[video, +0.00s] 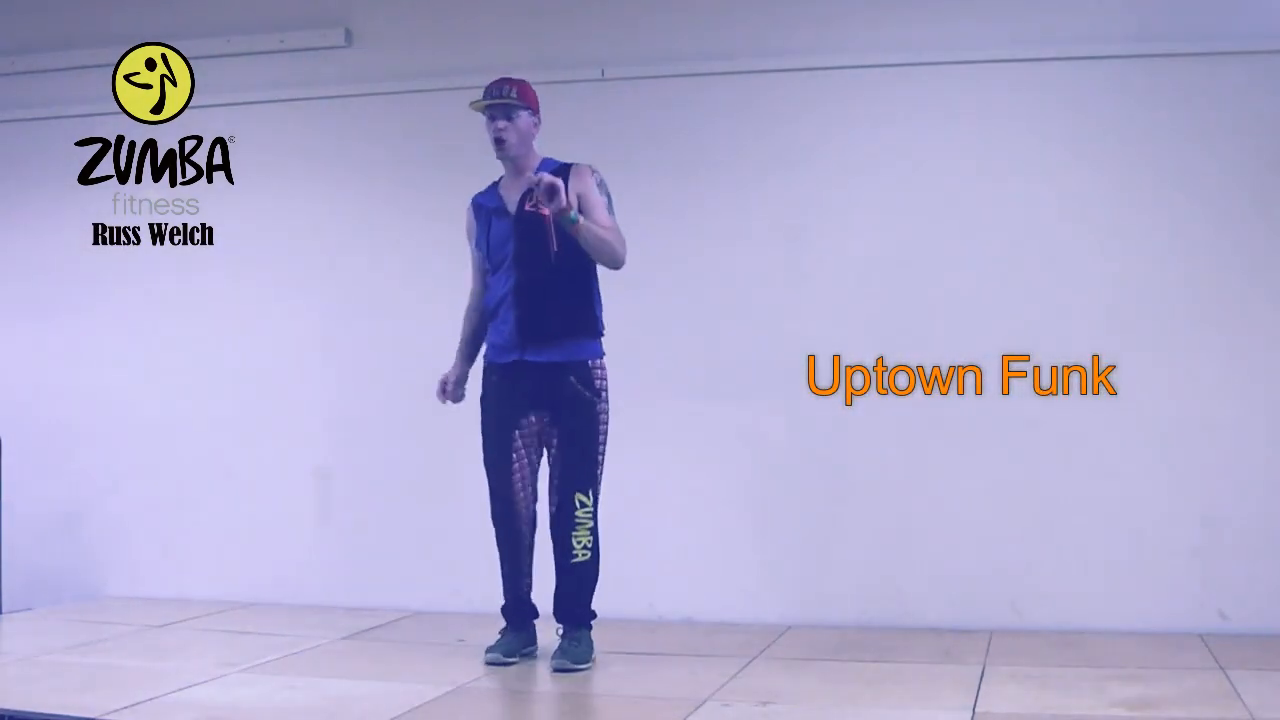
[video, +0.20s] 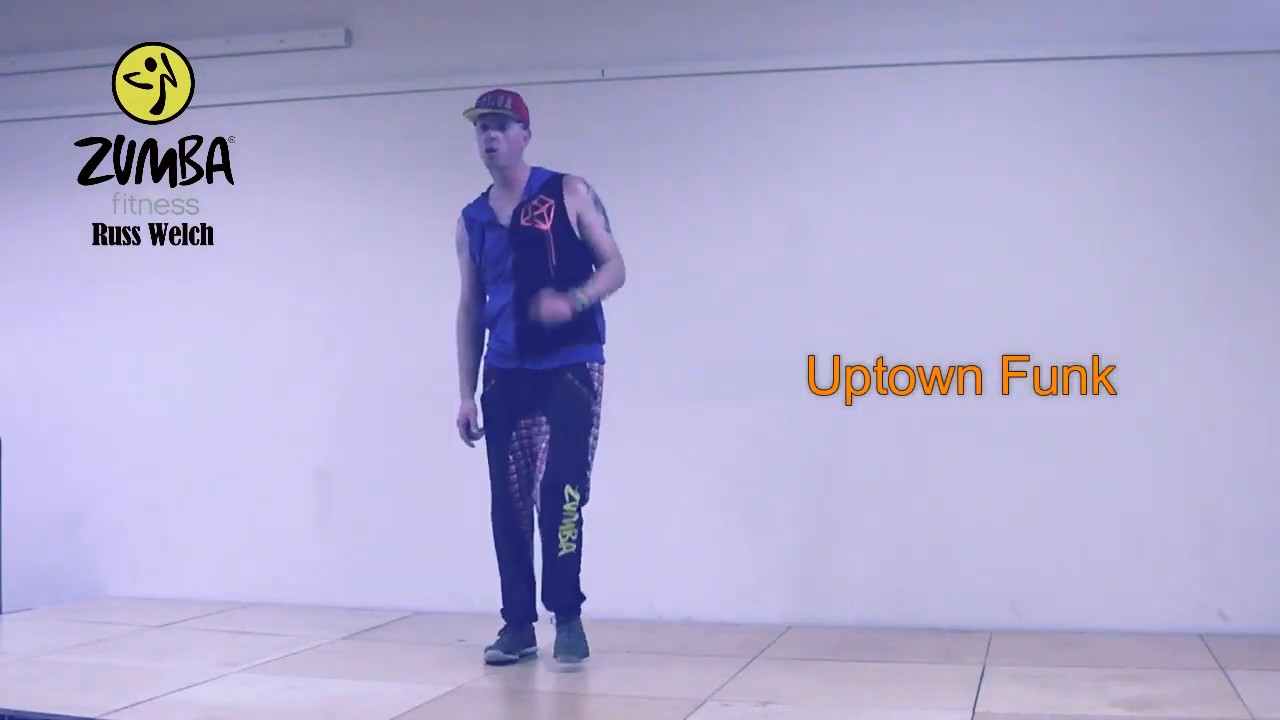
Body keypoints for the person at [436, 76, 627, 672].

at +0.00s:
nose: (498, 127)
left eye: (508, 116)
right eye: (490, 119)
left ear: (534, 121)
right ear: (484, 129)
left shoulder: (578, 180)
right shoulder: (482, 206)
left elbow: (615, 254)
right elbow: (480, 292)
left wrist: (568, 213)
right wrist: (461, 363)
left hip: (575, 368)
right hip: (508, 371)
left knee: (574, 505)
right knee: (510, 505)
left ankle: (576, 629)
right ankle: (518, 627)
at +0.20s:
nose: (490, 137)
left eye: (500, 127)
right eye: (482, 129)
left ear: (525, 133)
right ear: (475, 139)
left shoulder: (568, 192)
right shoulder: (472, 219)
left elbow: (615, 267)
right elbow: (469, 309)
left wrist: (574, 299)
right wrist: (466, 393)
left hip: (570, 368)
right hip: (506, 374)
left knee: (562, 497)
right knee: (509, 502)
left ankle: (568, 621)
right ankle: (517, 626)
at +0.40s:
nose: (498, 122)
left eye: (509, 112)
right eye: (490, 114)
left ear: (532, 121)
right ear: (480, 128)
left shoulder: (573, 186)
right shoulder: (476, 208)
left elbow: (628, 257)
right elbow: (475, 298)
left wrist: (619, 308)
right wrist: (469, 378)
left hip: (578, 362)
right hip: (513, 370)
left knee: (578, 488)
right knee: (519, 501)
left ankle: (603, 618)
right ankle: (518, 626)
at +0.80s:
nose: (536, 134)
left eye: (544, 123)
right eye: (524, 128)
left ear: (564, 126)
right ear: (513, 139)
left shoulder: (605, 186)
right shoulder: (517, 208)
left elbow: (686, 232)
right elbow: (513, 295)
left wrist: (651, 182)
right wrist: (480, 370)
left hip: (604, 371)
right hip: (542, 375)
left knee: (606, 502)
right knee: (528, 488)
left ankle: (623, 634)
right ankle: (569, 623)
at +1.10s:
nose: (540, 143)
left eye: (549, 131)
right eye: (530, 135)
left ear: (571, 133)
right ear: (521, 142)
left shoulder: (601, 205)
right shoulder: (517, 205)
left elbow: (620, 296)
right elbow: (511, 292)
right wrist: (498, 373)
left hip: (580, 382)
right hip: (520, 382)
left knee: (593, 512)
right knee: (482, 489)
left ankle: (620, 634)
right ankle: (511, 609)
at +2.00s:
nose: (513, 117)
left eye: (521, 106)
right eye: (500, 110)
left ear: (536, 117)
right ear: (482, 126)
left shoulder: (569, 186)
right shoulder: (475, 199)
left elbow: (623, 256)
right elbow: (467, 285)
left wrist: (576, 212)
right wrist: (460, 367)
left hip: (559, 370)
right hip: (494, 373)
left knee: (581, 505)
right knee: (496, 505)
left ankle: (625, 643)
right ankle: (488, 625)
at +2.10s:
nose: (521, 119)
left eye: (528, 108)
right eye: (508, 113)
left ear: (543, 115)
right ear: (490, 128)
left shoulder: (580, 173)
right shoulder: (495, 203)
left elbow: (659, 184)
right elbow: (484, 290)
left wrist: (610, 216)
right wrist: (463, 377)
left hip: (577, 371)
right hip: (515, 374)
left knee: (583, 506)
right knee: (487, 499)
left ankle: (624, 644)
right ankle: (488, 612)